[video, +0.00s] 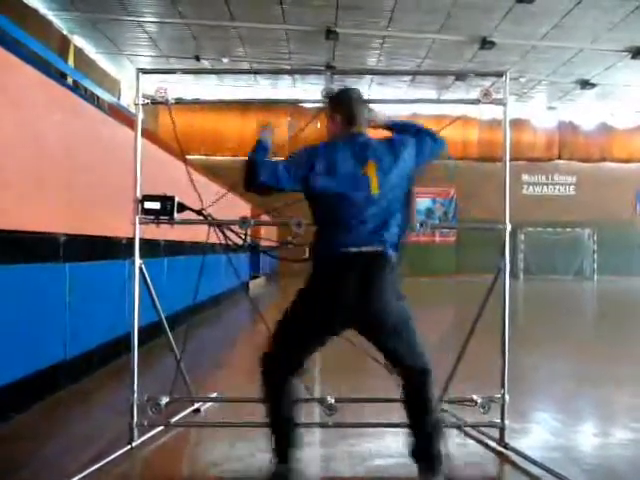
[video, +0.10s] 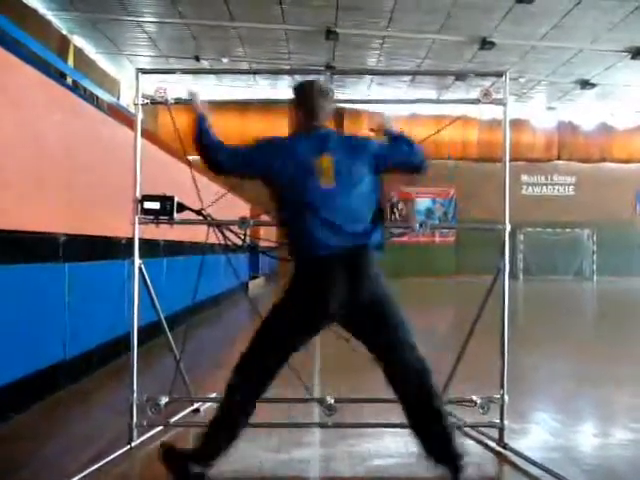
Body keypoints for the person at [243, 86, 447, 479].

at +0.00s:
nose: (327, 126)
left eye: (329, 120)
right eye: (330, 119)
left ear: (335, 121)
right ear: (366, 120)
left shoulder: (319, 160)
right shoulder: (396, 152)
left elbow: (260, 178)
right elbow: (432, 140)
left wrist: (264, 143)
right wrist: (387, 125)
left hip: (328, 289)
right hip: (378, 290)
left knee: (278, 364)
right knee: (416, 370)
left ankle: (284, 463)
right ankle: (430, 465)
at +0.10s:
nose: (291, 119)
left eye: (293, 113)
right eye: (297, 112)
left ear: (297, 114)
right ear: (332, 114)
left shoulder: (282, 152)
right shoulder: (362, 149)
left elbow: (219, 161)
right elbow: (415, 161)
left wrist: (200, 121)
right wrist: (391, 132)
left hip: (312, 284)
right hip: (363, 281)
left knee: (254, 370)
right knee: (406, 364)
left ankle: (201, 458)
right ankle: (449, 458)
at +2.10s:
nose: (403, 158)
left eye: (403, 152)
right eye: (422, 151)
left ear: (401, 157)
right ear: (434, 158)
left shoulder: (380, 192)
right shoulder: (456, 197)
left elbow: (339, 233)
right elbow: (499, 202)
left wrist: (323, 203)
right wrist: (493, 157)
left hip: (375, 307)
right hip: (423, 310)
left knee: (324, 385)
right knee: (482, 373)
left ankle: (290, 457)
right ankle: (481, 460)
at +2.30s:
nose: (360, 133)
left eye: (360, 126)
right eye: (368, 125)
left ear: (362, 130)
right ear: (395, 129)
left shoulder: (345, 167)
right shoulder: (418, 163)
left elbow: (299, 206)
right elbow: (462, 144)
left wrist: (294, 173)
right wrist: (422, 121)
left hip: (341, 290)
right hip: (389, 293)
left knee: (290, 358)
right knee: (427, 375)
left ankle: (279, 460)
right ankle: (434, 466)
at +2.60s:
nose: (269, 144)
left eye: (254, 138)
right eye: (274, 138)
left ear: (243, 143)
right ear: (279, 143)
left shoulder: (229, 177)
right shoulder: (293, 180)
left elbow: (195, 145)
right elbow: (329, 229)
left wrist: (171, 107)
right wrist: (382, 232)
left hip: (290, 302)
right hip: (326, 290)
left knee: (215, 376)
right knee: (411, 353)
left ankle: (176, 470)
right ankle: (509, 411)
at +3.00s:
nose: (347, 136)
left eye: (347, 131)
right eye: (346, 131)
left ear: (305, 128)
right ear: (339, 130)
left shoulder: (270, 166)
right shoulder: (347, 165)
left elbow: (223, 177)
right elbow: (405, 206)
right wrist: (406, 174)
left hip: (299, 297)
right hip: (350, 291)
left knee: (259, 397)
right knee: (401, 355)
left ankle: (246, 476)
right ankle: (390, 445)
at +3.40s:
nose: (384, 149)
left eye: (386, 144)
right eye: (417, 142)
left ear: (387, 148)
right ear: (419, 148)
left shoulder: (371, 185)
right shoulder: (443, 191)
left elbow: (334, 231)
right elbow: (483, 203)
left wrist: (305, 208)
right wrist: (469, 163)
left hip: (365, 304)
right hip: (413, 306)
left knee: (325, 380)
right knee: (474, 379)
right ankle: (490, 465)